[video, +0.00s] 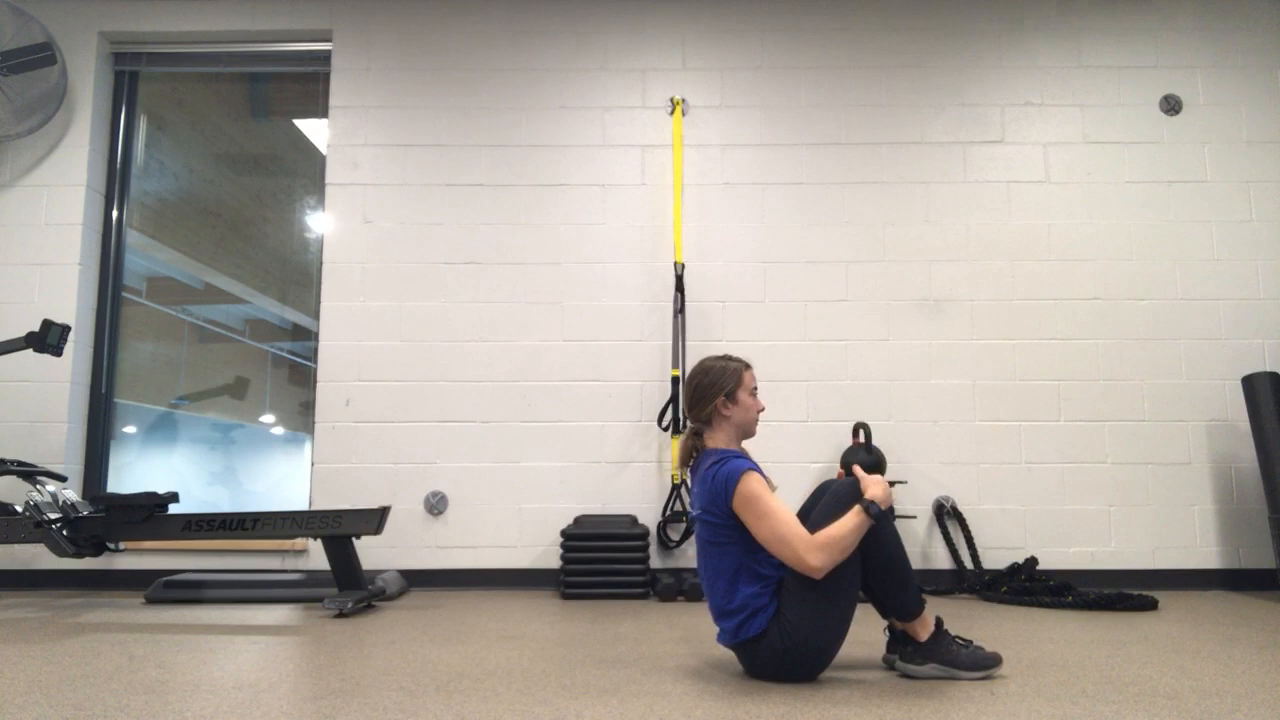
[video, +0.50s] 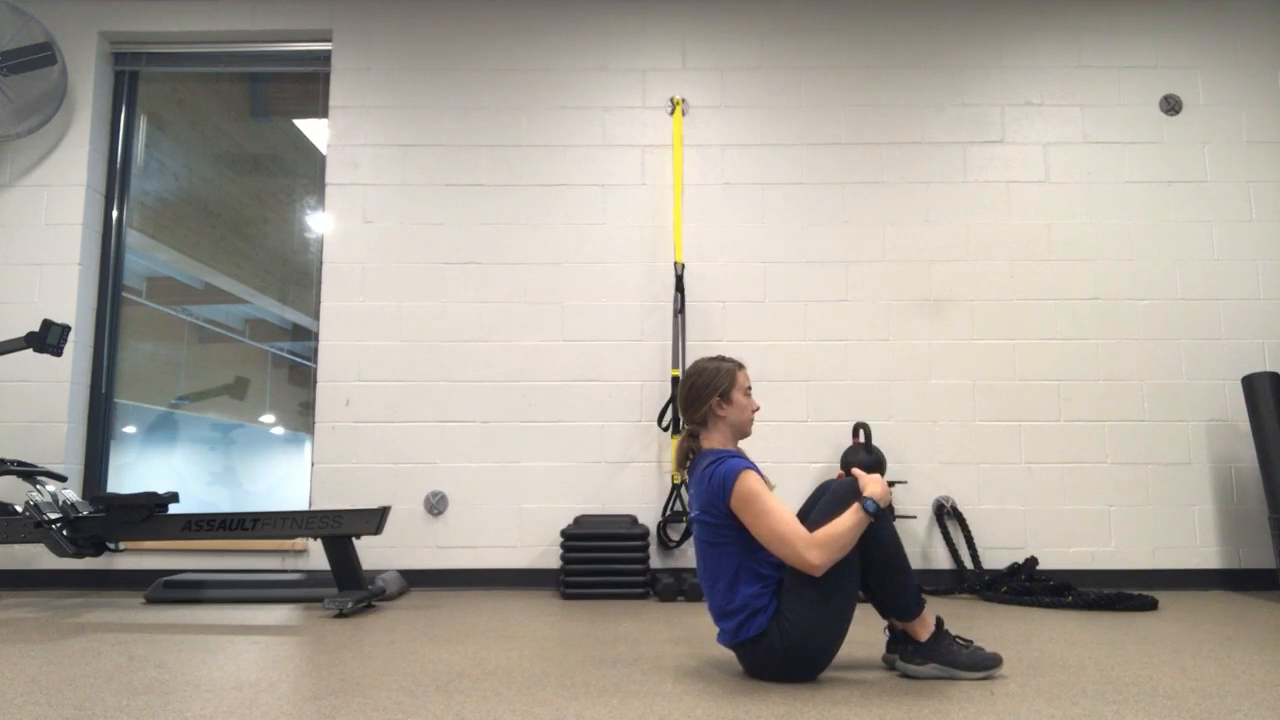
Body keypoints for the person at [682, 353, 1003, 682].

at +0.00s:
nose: (761, 404)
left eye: (757, 393)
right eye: (752, 394)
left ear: (724, 405)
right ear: (723, 405)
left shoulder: (719, 464)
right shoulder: (734, 473)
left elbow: (795, 550)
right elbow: (814, 560)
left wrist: (843, 487)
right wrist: (872, 505)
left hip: (763, 637)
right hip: (778, 647)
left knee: (841, 489)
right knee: (853, 496)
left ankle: (906, 630)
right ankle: (924, 635)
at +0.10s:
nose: (760, 404)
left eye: (755, 393)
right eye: (751, 394)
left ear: (722, 405)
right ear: (722, 405)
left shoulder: (717, 464)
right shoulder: (732, 472)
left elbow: (798, 547)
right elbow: (815, 556)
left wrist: (846, 488)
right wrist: (872, 502)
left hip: (764, 638)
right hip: (778, 648)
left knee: (841, 488)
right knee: (851, 495)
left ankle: (906, 630)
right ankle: (923, 634)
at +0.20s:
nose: (759, 403)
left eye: (754, 392)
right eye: (749, 393)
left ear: (721, 405)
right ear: (721, 405)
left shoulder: (717, 464)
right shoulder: (732, 472)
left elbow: (797, 548)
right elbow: (815, 557)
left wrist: (846, 489)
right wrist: (872, 503)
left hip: (764, 638)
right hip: (778, 648)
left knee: (842, 488)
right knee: (851, 493)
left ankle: (907, 629)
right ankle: (923, 634)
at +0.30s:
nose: (758, 403)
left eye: (754, 392)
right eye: (749, 393)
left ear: (721, 405)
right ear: (721, 405)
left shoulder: (717, 464)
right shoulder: (732, 472)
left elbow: (798, 548)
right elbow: (814, 557)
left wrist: (848, 490)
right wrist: (871, 503)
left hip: (764, 638)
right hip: (778, 647)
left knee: (841, 488)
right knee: (852, 493)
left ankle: (907, 629)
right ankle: (923, 634)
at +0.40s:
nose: (758, 403)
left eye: (753, 392)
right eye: (748, 393)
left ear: (720, 405)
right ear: (720, 405)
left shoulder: (717, 464)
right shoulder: (731, 472)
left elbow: (798, 549)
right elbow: (814, 557)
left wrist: (849, 490)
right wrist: (871, 503)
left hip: (763, 638)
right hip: (778, 648)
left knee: (839, 489)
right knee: (851, 494)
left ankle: (906, 630)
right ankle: (923, 634)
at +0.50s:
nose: (756, 403)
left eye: (751, 392)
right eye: (747, 393)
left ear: (719, 406)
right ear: (719, 405)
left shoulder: (715, 464)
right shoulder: (731, 472)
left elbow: (798, 548)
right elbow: (814, 557)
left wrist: (851, 492)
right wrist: (871, 503)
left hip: (763, 639)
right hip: (778, 648)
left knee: (839, 489)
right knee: (851, 495)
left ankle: (906, 629)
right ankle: (923, 634)